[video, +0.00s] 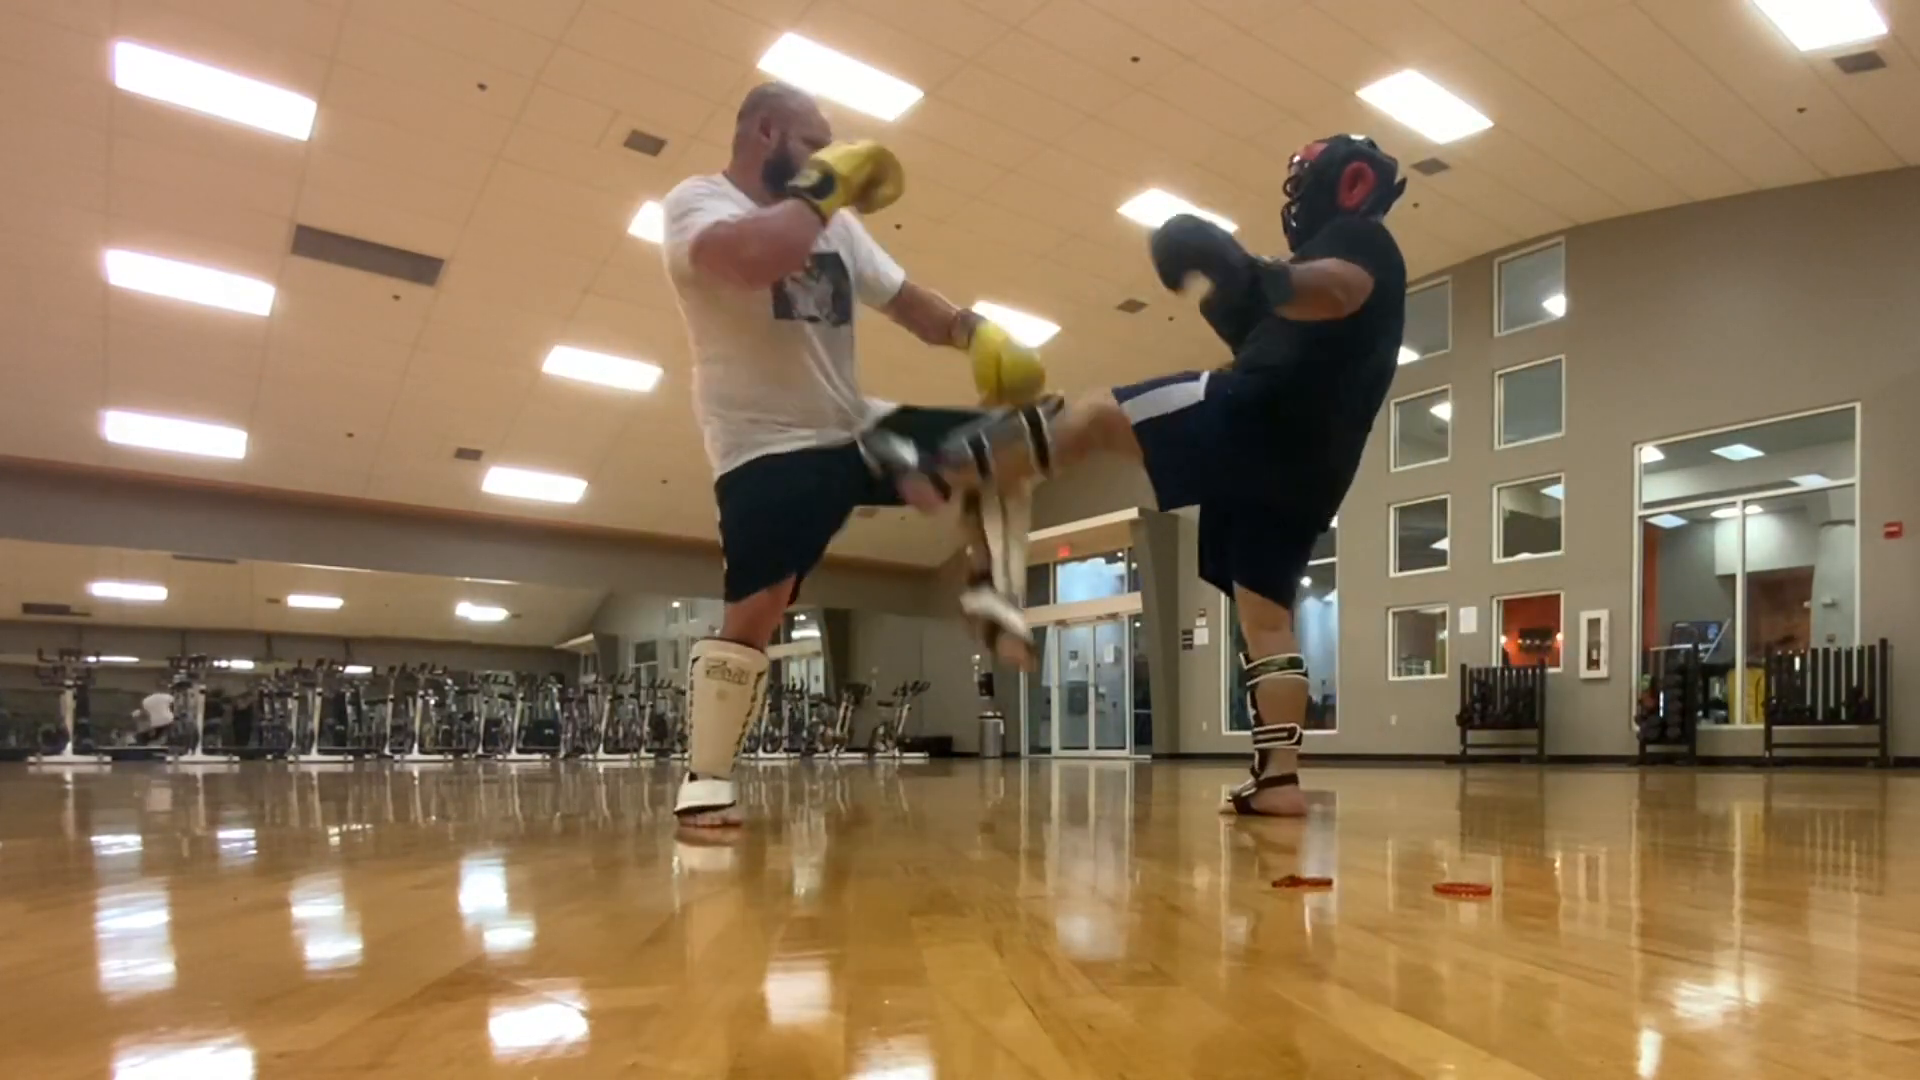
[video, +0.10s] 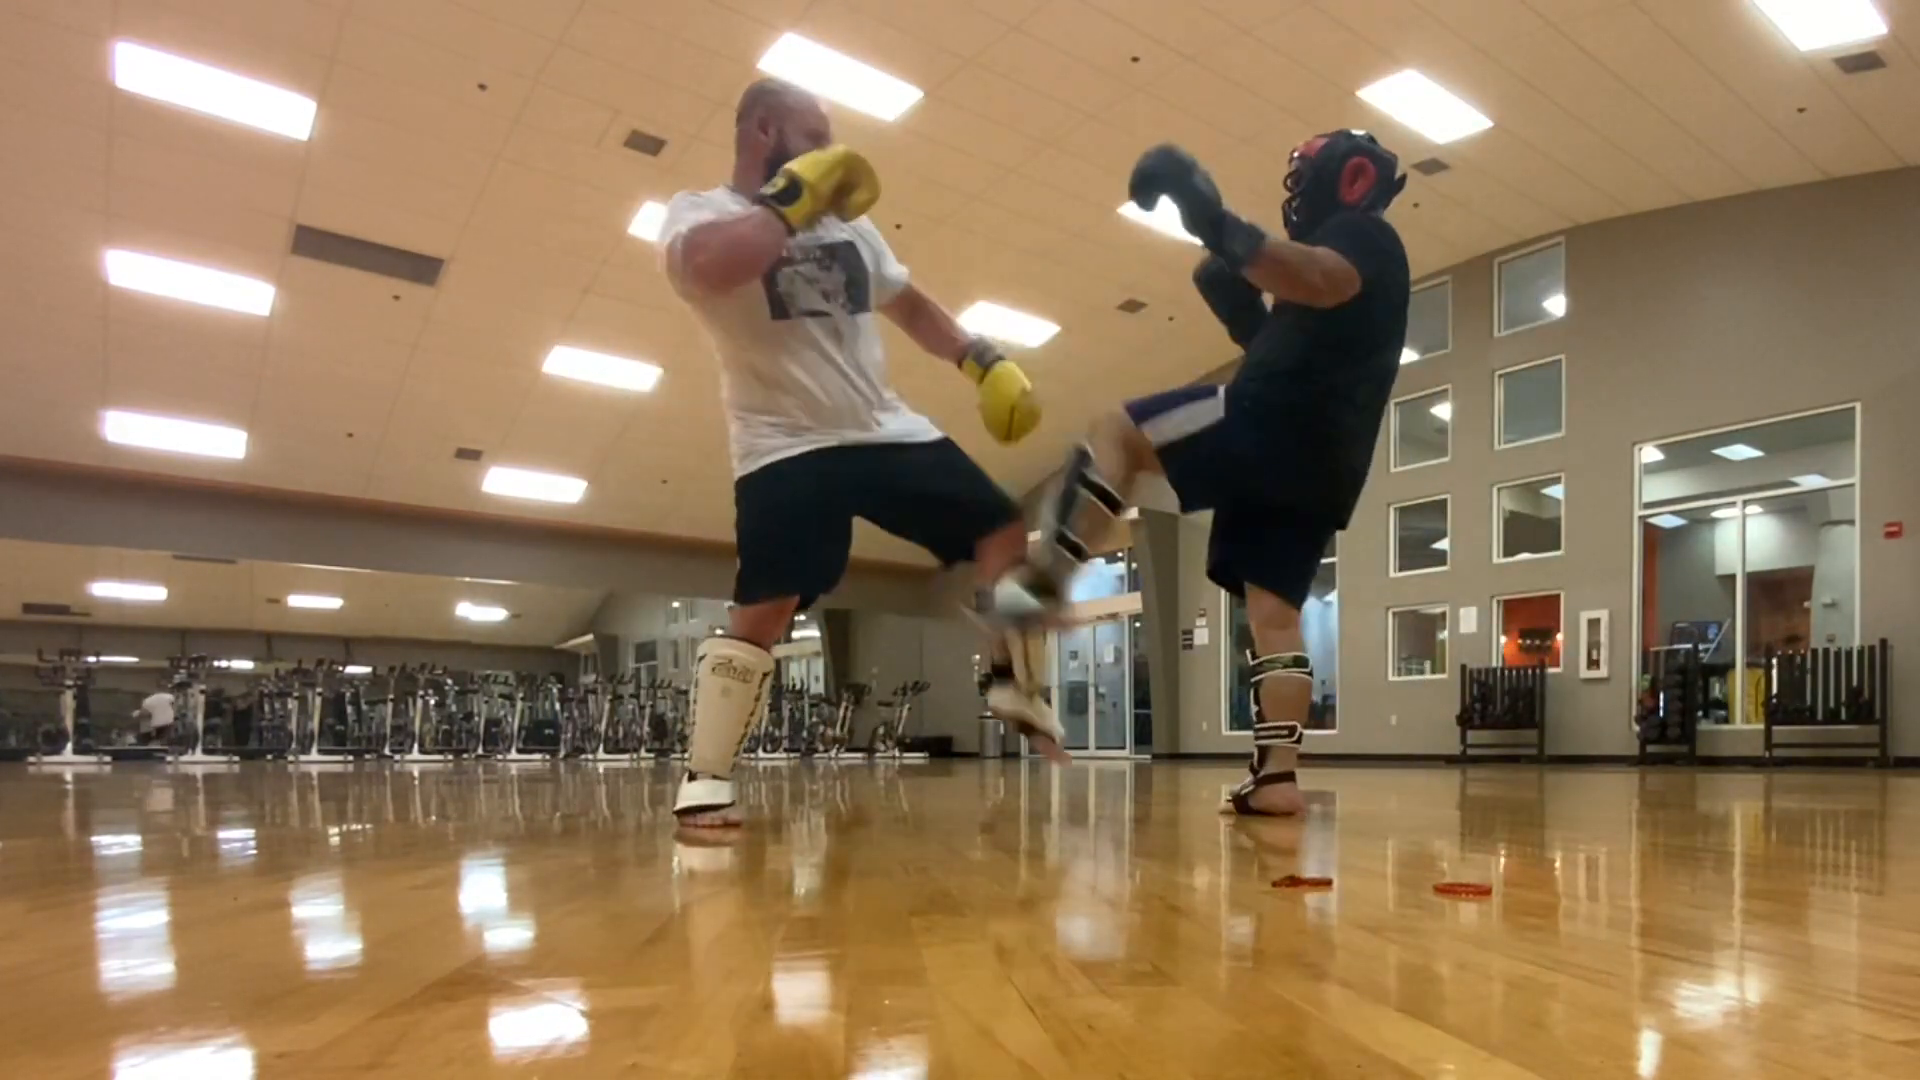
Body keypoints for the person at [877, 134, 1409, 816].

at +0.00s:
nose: (1289, 197)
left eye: (1302, 182)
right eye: (1292, 184)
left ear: (1342, 182)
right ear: (1358, 189)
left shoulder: (1359, 231)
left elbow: (1345, 290)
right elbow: (1289, 367)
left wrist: (1256, 276)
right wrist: (1226, 302)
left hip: (1260, 413)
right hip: (1309, 465)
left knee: (1095, 419)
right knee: (1267, 611)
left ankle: (948, 467)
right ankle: (1278, 781)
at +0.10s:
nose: (1290, 179)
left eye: (1304, 167)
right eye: (1293, 170)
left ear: (1349, 174)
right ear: (1355, 180)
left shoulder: (1366, 232)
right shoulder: (1324, 255)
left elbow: (1325, 279)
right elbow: (1301, 359)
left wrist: (1218, 223)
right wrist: (1248, 319)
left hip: (1274, 421)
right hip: (1318, 460)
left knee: (1121, 433)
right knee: (1273, 604)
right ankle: (1277, 780)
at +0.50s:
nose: (1324, 202)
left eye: (1333, 188)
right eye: (1323, 191)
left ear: (1376, 180)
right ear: (1382, 186)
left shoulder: (1409, 231)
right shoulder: (1379, 276)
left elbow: (1327, 263)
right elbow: (1309, 331)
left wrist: (1265, 197)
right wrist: (1251, 259)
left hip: (1425, 453)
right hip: (1391, 461)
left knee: (1396, 614)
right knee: (1361, 610)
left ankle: (1429, 778)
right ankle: (1356, 757)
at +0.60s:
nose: (1354, 189)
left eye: (1367, 175)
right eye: (1356, 180)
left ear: (1418, 178)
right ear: (1419, 183)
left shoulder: (1451, 232)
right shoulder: (1410, 259)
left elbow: (1397, 276)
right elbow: (1349, 331)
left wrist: (1315, 213)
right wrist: (1288, 289)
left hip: (1446, 455)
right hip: (1432, 457)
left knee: (1415, 609)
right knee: (1422, 609)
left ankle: (1427, 777)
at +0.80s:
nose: (1413, 203)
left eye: (1428, 186)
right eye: (1414, 192)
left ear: (1479, 200)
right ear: (1473, 207)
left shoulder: (1509, 250)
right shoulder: (1465, 293)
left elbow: (1522, 309)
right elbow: (1450, 416)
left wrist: (1417, 278)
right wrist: (1381, 381)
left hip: (1491, 477)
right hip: (1529, 477)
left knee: (1437, 613)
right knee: (1561, 625)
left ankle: (1431, 778)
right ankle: (1625, 776)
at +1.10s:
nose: (1457, 215)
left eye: (1471, 199)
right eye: (1458, 204)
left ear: (1520, 206)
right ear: (1517, 211)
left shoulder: (1551, 253)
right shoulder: (1505, 291)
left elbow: (1501, 303)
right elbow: (1447, 387)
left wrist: (1440, 253)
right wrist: (1411, 319)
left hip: (1538, 465)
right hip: (1573, 471)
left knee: (1467, 600)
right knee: (1589, 620)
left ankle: (1493, 755)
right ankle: (1630, 779)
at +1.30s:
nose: (1454, 238)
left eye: (1467, 221)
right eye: (1455, 224)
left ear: (1514, 216)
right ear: (1512, 220)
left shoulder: (1546, 262)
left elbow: (1479, 325)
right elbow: (1472, 407)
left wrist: (1379, 322)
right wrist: (1408, 363)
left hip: (1508, 477)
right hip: (1557, 482)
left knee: (1435, 602)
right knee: (1580, 631)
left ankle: (1419, 758)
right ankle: (1630, 782)